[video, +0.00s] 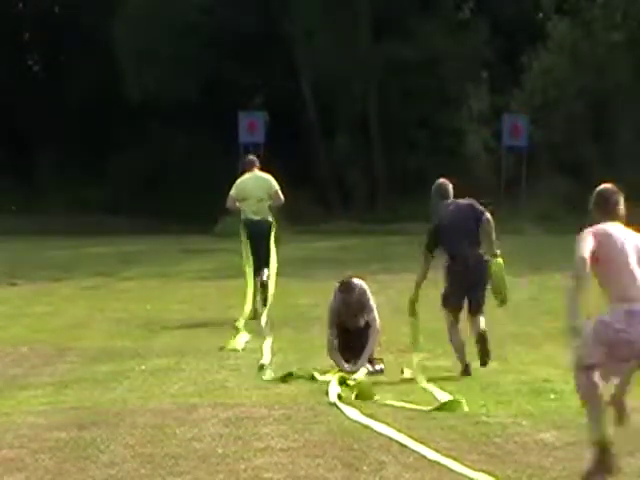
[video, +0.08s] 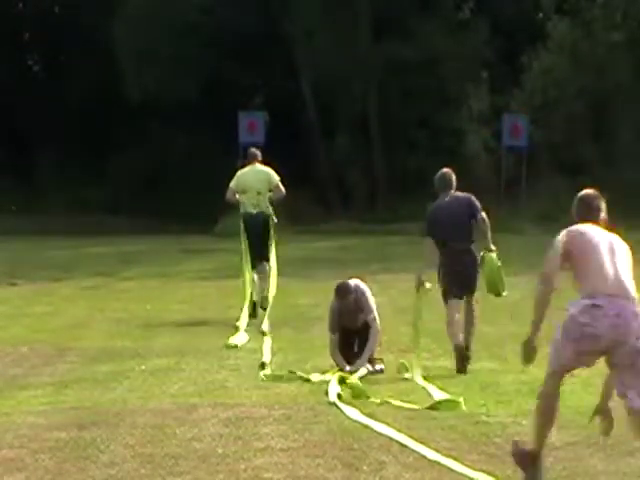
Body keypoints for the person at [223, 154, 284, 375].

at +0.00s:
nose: (250, 167)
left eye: (248, 165)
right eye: (252, 164)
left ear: (245, 166)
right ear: (258, 165)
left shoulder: (240, 182)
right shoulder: (268, 179)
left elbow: (230, 203)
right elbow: (280, 199)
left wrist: (244, 206)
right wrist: (267, 204)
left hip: (248, 221)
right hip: (266, 220)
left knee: (250, 258)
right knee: (270, 255)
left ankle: (249, 301)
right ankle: (266, 279)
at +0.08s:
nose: (254, 160)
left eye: (251, 157)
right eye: (256, 157)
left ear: (247, 159)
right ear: (260, 159)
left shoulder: (241, 174)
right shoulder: (267, 171)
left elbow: (230, 196)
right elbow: (280, 191)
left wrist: (244, 200)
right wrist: (267, 198)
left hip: (248, 215)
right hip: (265, 214)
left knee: (253, 257)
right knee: (264, 255)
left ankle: (254, 294)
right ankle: (264, 293)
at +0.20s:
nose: (255, 160)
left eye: (252, 157)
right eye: (257, 157)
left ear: (248, 158)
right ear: (261, 158)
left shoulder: (241, 174)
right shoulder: (269, 172)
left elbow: (231, 195)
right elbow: (282, 191)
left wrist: (244, 198)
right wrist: (268, 197)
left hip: (247, 211)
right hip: (264, 211)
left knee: (249, 244)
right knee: (262, 245)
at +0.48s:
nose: (251, 160)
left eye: (249, 157)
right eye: (254, 156)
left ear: (247, 159)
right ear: (260, 158)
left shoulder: (242, 173)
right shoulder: (268, 171)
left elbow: (232, 194)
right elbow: (280, 193)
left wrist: (243, 200)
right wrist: (268, 198)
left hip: (249, 210)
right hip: (264, 210)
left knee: (250, 246)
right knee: (263, 245)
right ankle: (262, 277)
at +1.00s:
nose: (253, 164)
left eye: (251, 162)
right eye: (255, 161)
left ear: (249, 163)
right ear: (260, 162)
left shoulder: (245, 174)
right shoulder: (270, 173)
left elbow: (237, 197)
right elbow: (282, 194)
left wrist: (245, 204)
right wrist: (271, 205)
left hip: (249, 213)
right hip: (264, 212)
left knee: (248, 254)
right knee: (262, 254)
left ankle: (253, 287)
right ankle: (262, 289)